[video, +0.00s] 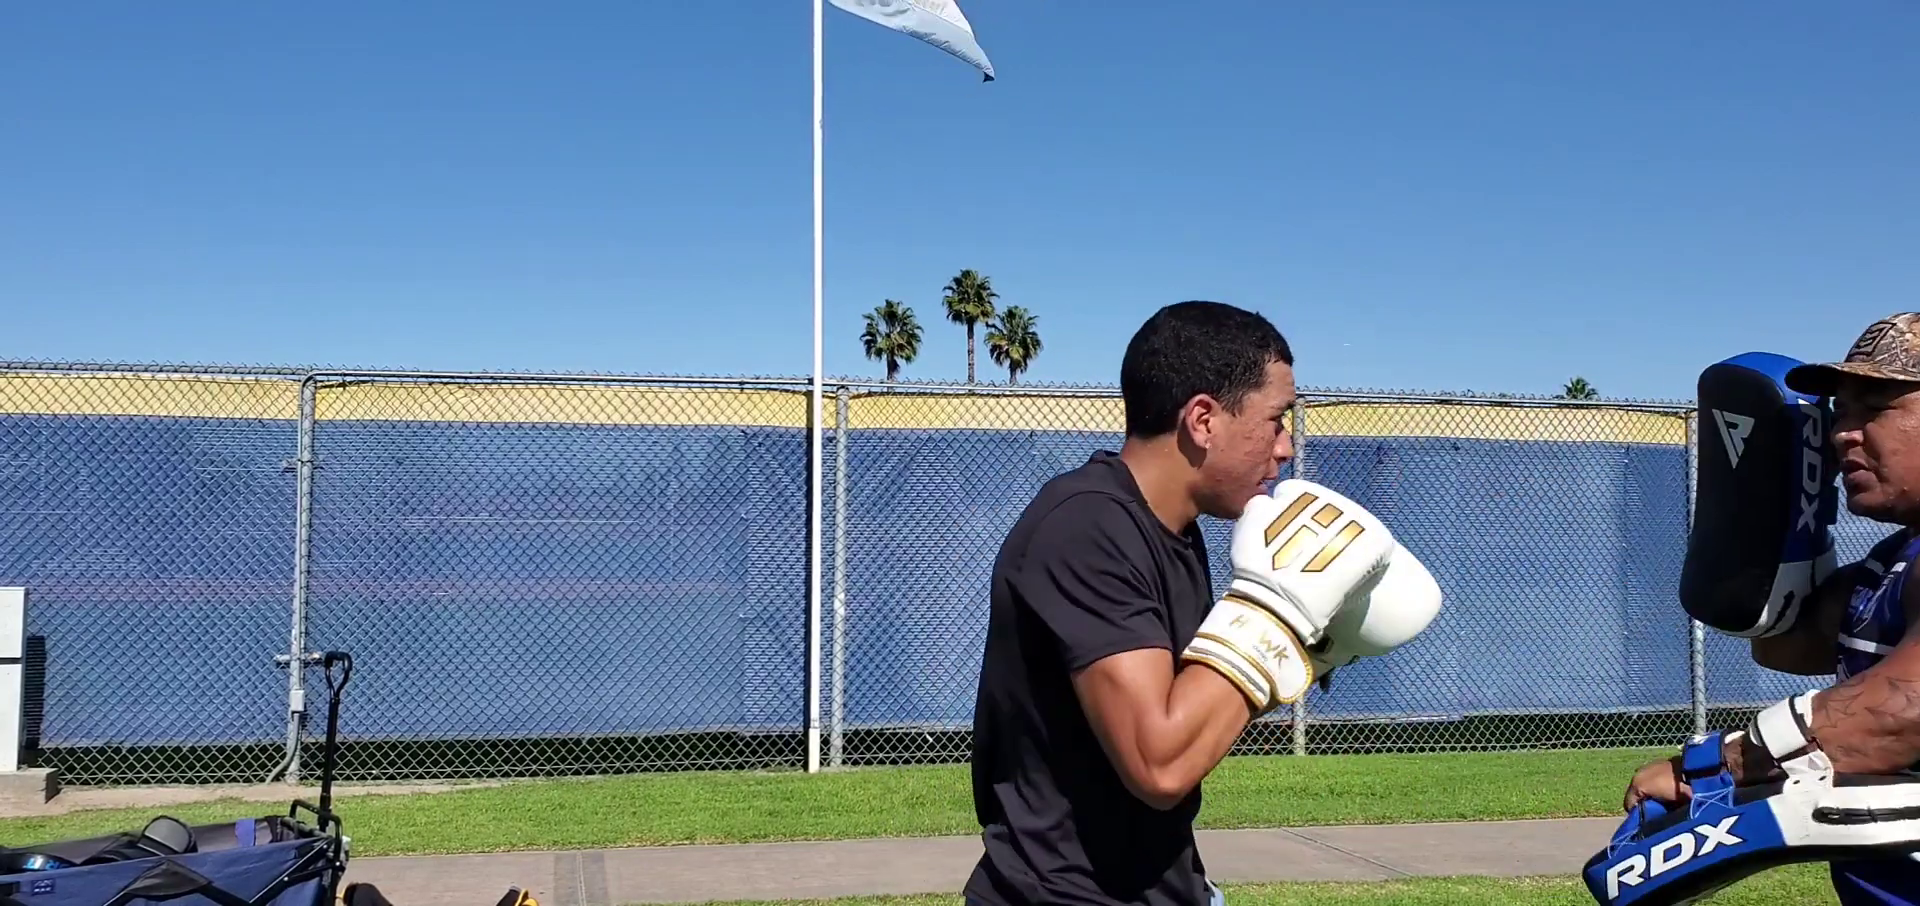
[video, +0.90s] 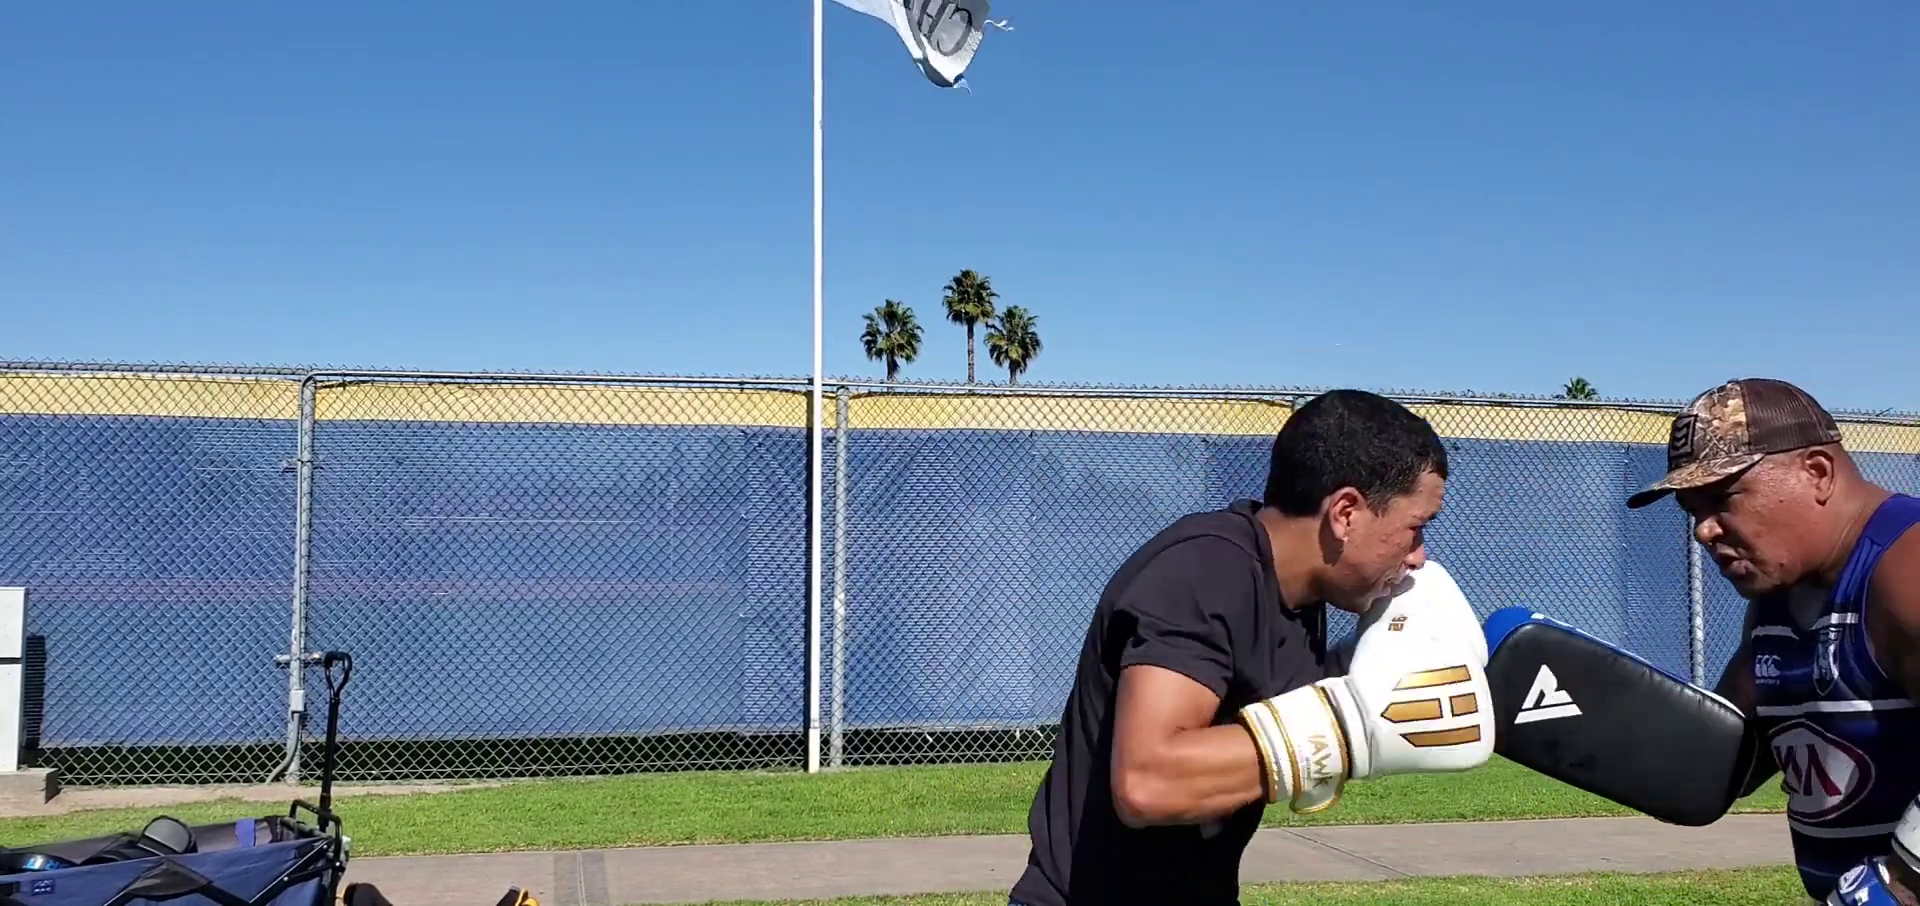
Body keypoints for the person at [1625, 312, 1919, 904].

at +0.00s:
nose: (1843, 435)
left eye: (1874, 408)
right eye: (1841, 412)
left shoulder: (1911, 559)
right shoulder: (1896, 557)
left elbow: (1899, 716)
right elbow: (1783, 641)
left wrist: (1708, 767)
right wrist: (1795, 472)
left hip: (1902, 888)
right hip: (1872, 885)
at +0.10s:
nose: (1841, 439)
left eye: (1873, 412)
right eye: (1837, 417)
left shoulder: (1916, 562)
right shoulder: (1892, 566)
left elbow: (1894, 699)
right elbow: (1794, 647)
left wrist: (1690, 753)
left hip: (1904, 883)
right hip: (1871, 884)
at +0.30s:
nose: (1837, 464)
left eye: (1870, 435)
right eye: (1835, 435)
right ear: (1826, 433)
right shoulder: (1839, 553)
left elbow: (1908, 750)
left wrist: (1743, 752)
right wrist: (1703, 460)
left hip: (1903, 881)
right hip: (1850, 883)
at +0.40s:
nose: (1836, 472)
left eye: (1867, 446)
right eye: (1835, 444)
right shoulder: (1865, 551)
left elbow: (1907, 783)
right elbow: (1763, 611)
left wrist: (1777, 823)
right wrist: (1718, 503)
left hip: (1897, 869)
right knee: (1722, 886)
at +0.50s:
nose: (1812, 490)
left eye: (1836, 458)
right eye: (1807, 461)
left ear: (1917, 443)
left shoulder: (1911, 591)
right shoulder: (1856, 573)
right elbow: (1765, 708)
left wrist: (1823, 847)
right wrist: (1731, 591)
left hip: (1902, 876)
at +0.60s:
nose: (1778, 506)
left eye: (1801, 476)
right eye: (1770, 484)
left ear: (1900, 456)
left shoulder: (1911, 591)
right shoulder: (1833, 587)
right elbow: (1760, 731)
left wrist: (1855, 884)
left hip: (1913, 884)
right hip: (1858, 882)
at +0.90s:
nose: (1704, 530)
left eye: (1723, 499)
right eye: (1695, 509)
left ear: (1819, 474)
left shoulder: (1905, 577)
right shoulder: (1781, 600)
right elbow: (1713, 769)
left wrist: (1903, 875)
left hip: (1898, 891)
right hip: (1840, 887)